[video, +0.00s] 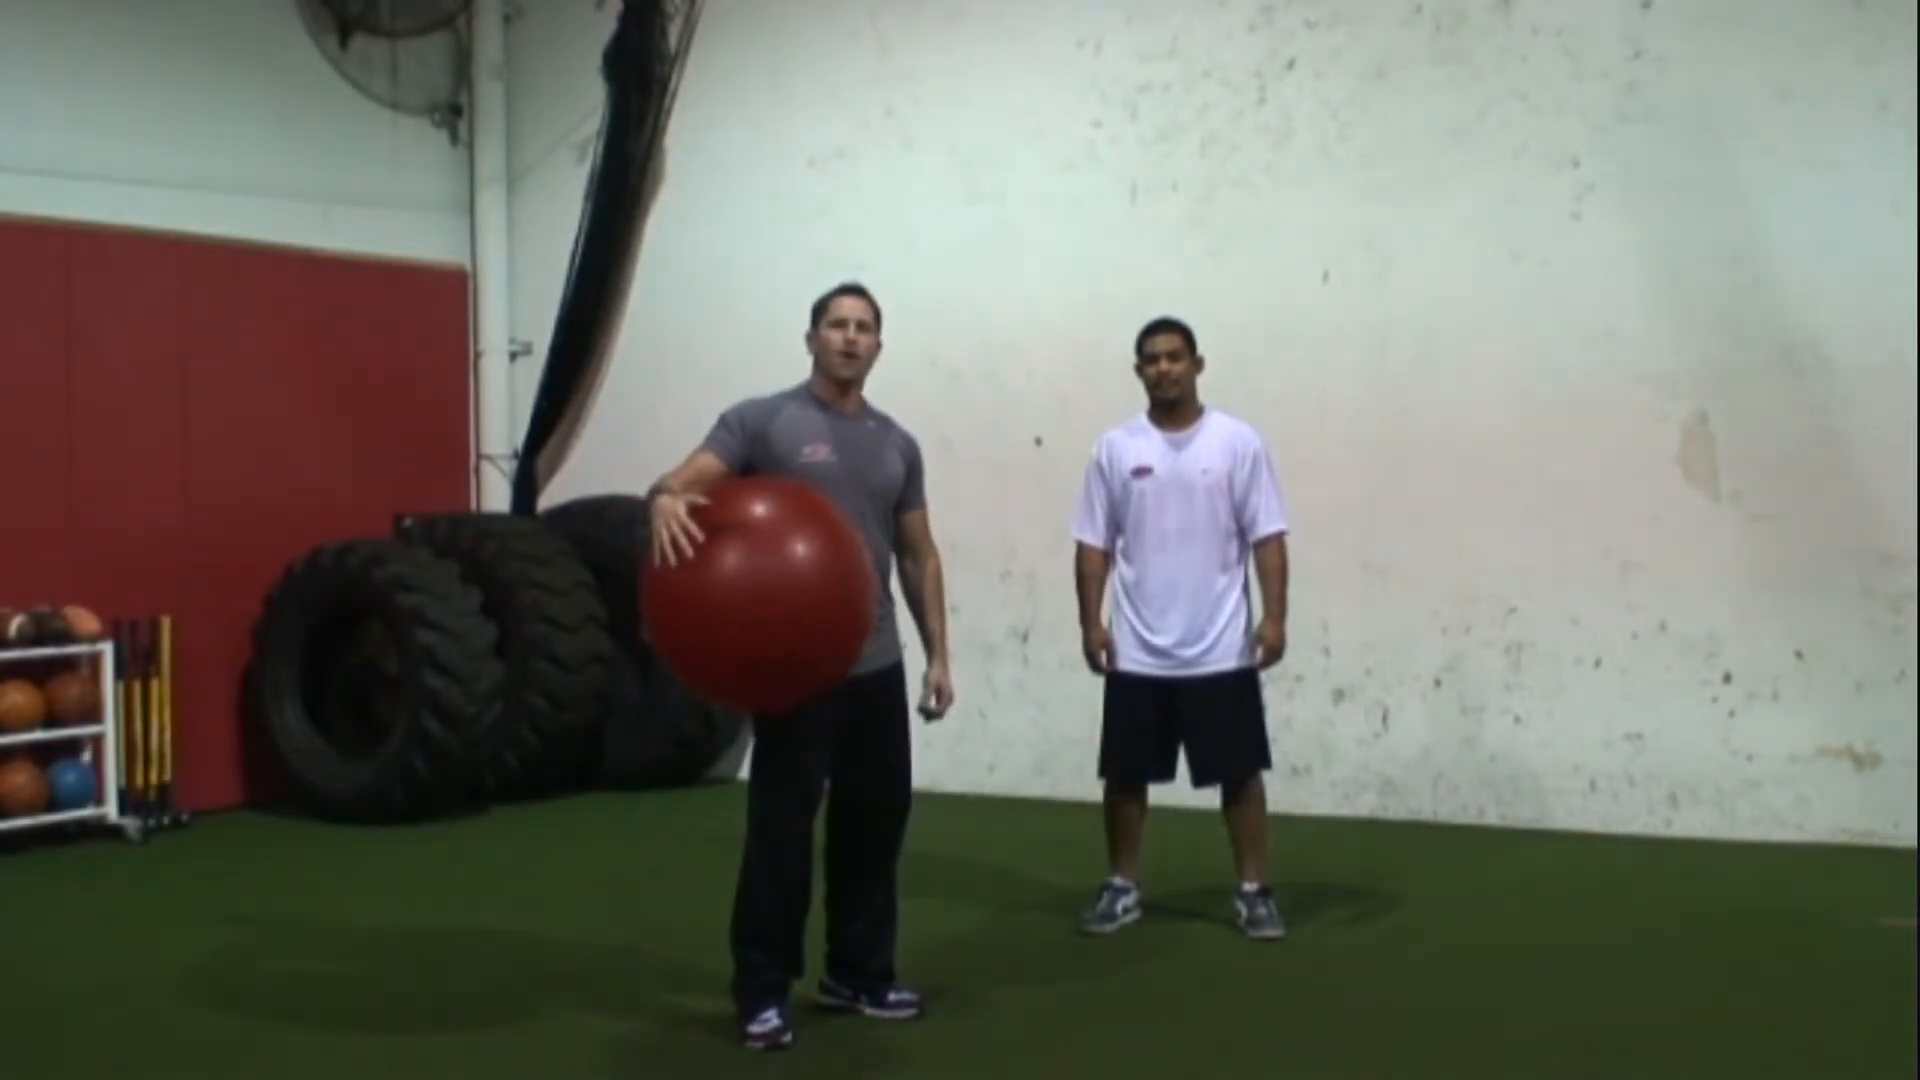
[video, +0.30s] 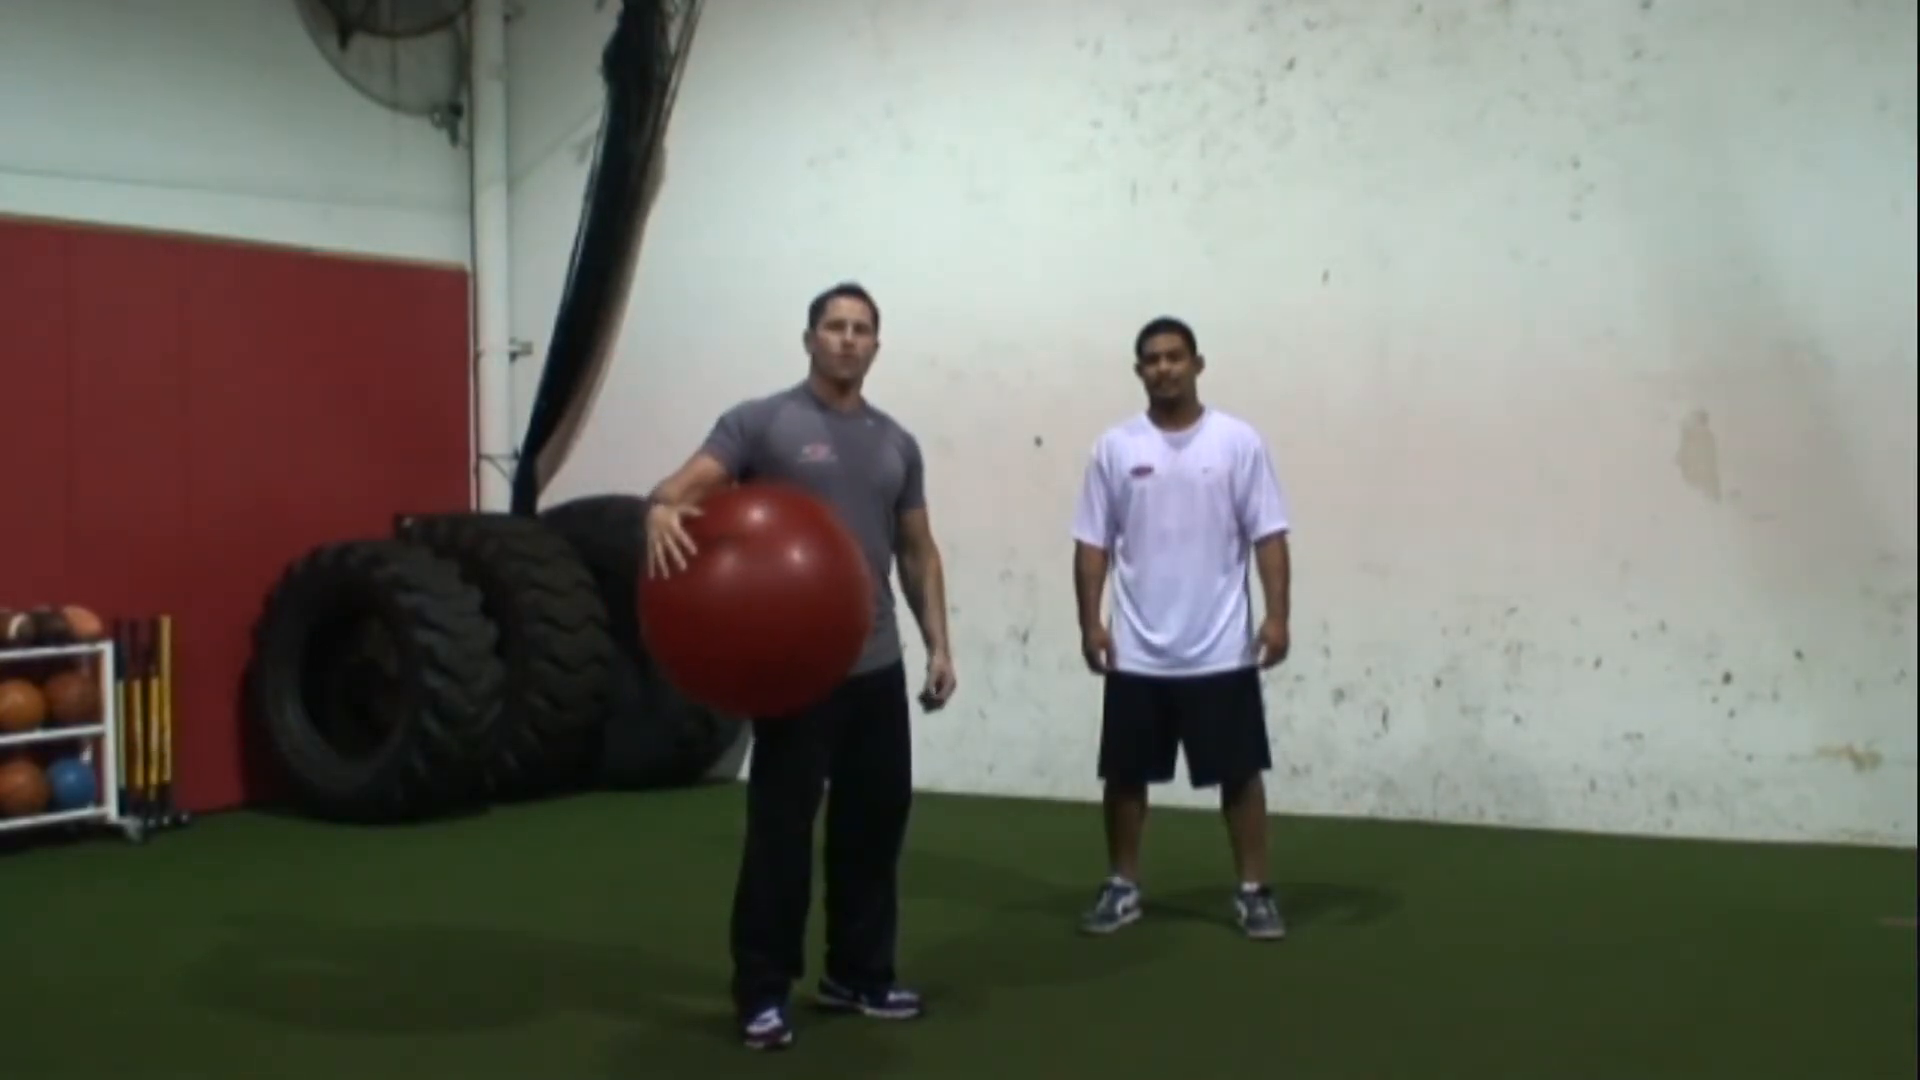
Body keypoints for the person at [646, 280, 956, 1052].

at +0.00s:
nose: (851, 337)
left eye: (863, 328)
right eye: (837, 325)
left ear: (879, 344)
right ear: (811, 338)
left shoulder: (897, 446)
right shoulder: (761, 421)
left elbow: (918, 552)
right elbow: (687, 481)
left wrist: (939, 654)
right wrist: (663, 498)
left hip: (876, 669)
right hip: (790, 670)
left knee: (874, 826)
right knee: (781, 833)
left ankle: (860, 975)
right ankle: (763, 994)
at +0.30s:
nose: (849, 339)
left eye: (862, 329)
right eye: (835, 327)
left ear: (877, 345)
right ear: (809, 338)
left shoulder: (896, 445)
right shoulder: (760, 422)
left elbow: (917, 549)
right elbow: (688, 484)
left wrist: (938, 644)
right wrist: (660, 508)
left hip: (877, 669)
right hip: (790, 669)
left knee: (874, 826)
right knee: (781, 831)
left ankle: (860, 975)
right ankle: (764, 994)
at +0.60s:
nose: (850, 340)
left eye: (862, 330)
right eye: (836, 327)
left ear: (876, 345)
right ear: (808, 339)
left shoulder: (894, 445)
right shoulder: (760, 422)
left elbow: (916, 546)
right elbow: (689, 486)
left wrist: (924, 632)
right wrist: (662, 511)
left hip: (876, 669)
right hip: (792, 667)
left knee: (873, 828)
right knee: (783, 833)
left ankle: (859, 975)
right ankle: (764, 994)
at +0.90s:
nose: (847, 339)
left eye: (859, 329)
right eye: (833, 327)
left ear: (874, 345)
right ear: (806, 339)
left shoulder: (892, 446)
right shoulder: (759, 423)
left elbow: (917, 549)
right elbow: (686, 488)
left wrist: (895, 611)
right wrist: (663, 512)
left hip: (875, 667)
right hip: (792, 666)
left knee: (874, 824)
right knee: (783, 831)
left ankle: (859, 975)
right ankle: (764, 993)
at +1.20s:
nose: (837, 339)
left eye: (850, 328)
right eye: (823, 328)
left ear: (870, 344)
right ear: (801, 342)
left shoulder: (895, 445)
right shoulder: (757, 425)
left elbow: (926, 544)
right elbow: (686, 489)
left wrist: (897, 590)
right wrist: (656, 512)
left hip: (876, 670)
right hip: (792, 670)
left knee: (874, 826)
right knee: (781, 833)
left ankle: (859, 975)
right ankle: (764, 994)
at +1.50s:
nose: (849, 341)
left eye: (861, 330)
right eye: (835, 329)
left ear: (877, 345)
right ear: (809, 341)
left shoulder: (898, 445)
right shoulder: (760, 425)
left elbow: (938, 543)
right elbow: (688, 485)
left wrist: (912, 559)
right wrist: (647, 508)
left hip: (877, 668)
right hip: (791, 669)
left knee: (876, 823)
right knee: (781, 831)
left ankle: (860, 975)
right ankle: (764, 993)